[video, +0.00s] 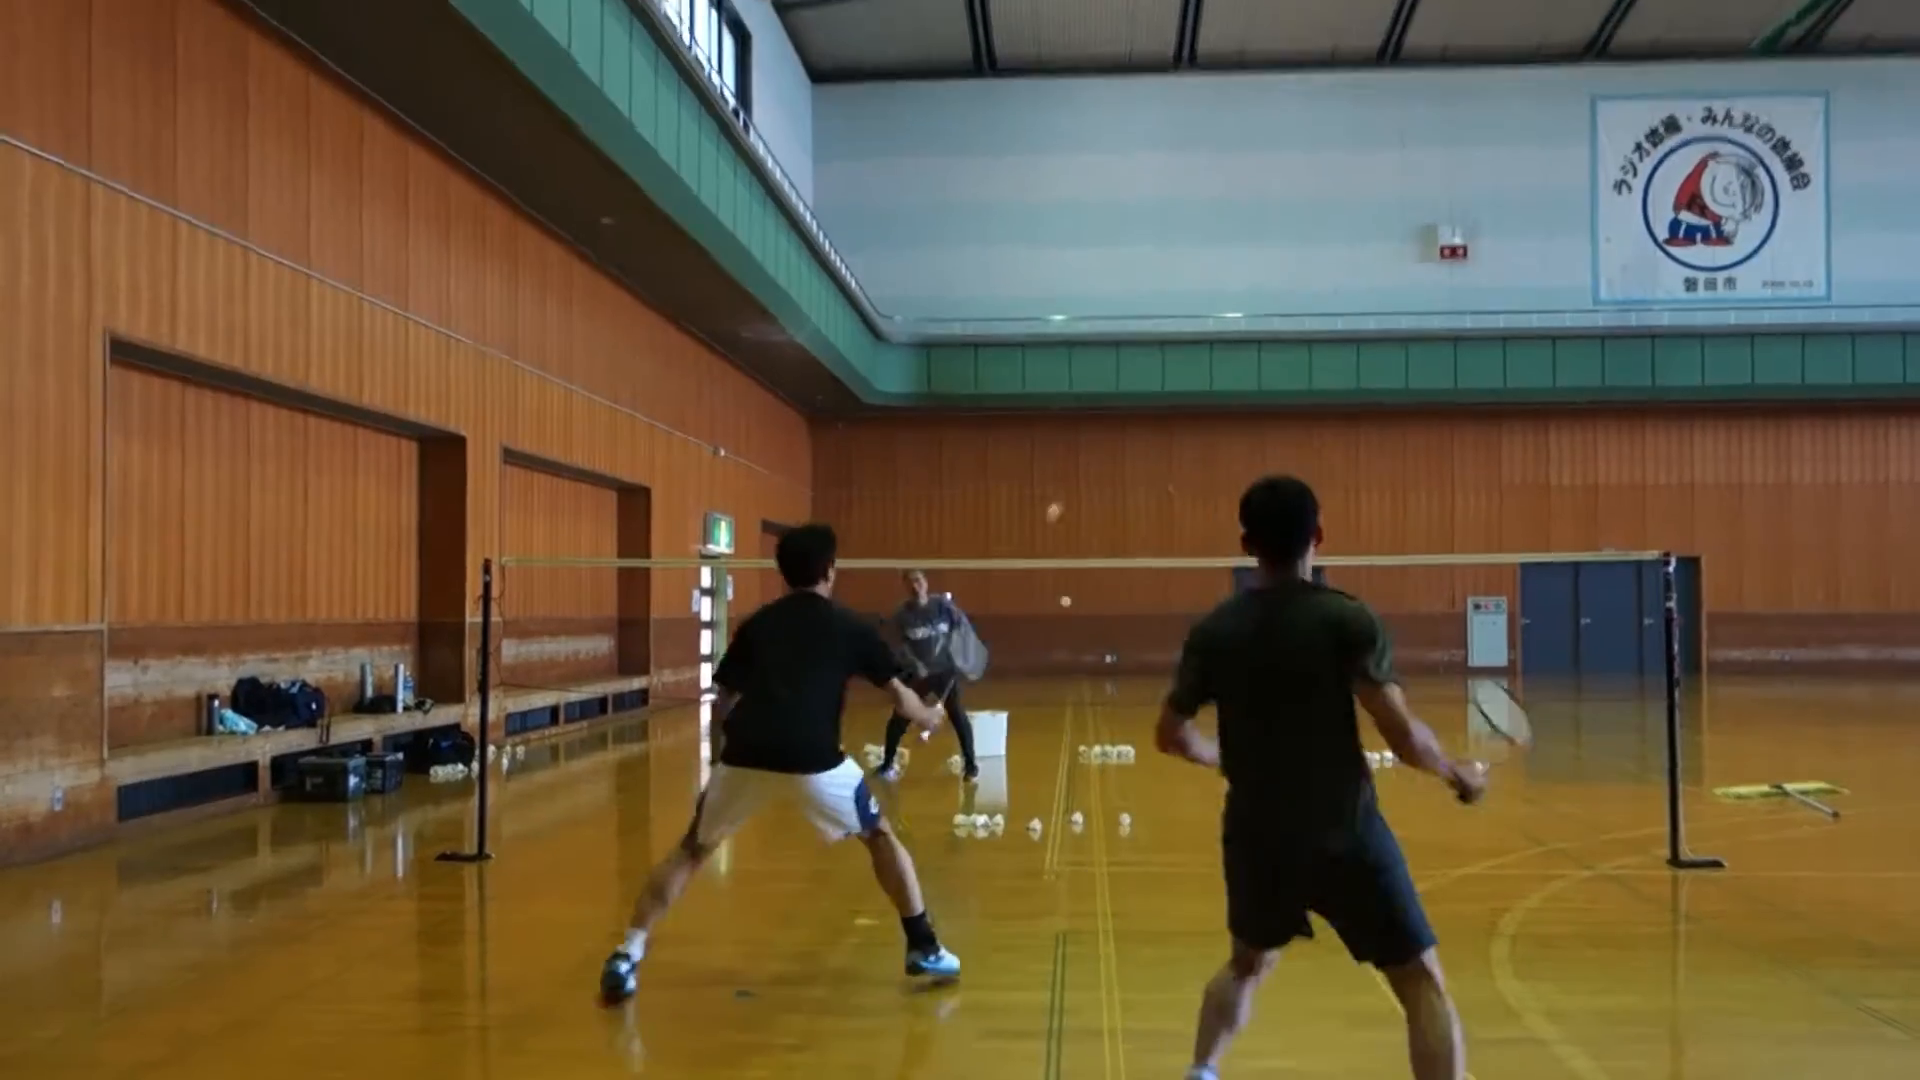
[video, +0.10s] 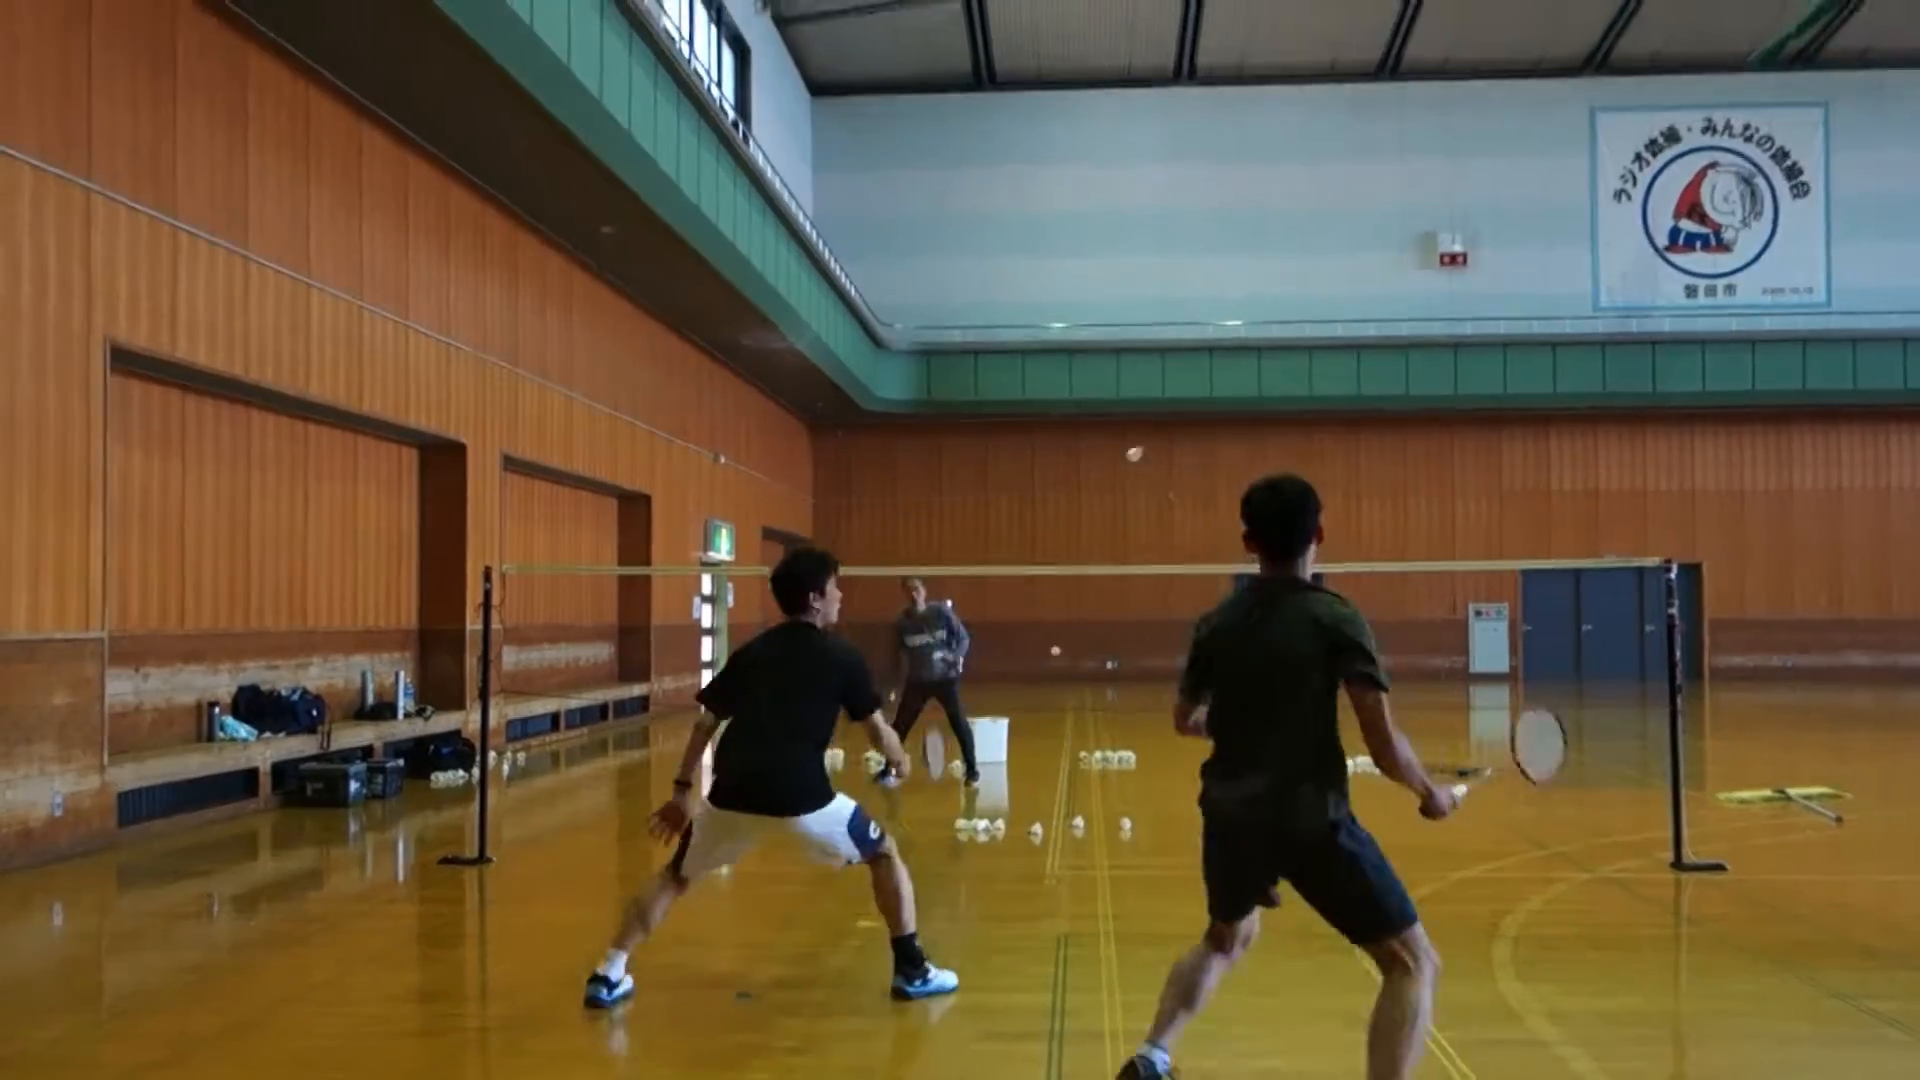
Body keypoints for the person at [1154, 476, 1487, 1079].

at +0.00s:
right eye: (1315, 529)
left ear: (1247, 541)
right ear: (1316, 536)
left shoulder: (1219, 628)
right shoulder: (1346, 620)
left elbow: (1170, 735)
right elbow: (1404, 737)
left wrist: (1231, 758)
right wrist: (1452, 771)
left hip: (1255, 829)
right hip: (1344, 829)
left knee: (1244, 965)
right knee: (1419, 982)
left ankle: (1202, 1069)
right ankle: (1447, 1076)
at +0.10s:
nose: (1323, 534)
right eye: (1320, 526)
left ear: (1250, 538)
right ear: (1318, 534)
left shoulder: (1220, 620)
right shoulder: (1333, 617)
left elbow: (1187, 718)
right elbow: (1383, 745)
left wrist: (1242, 721)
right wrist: (1428, 790)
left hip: (1230, 815)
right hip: (1312, 821)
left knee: (1223, 938)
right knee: (1411, 963)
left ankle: (1153, 1054)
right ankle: (1387, 1074)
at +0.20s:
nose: (1303, 554)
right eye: (1301, 547)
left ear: (1233, 560)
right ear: (1299, 557)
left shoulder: (1210, 634)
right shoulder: (1330, 640)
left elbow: (1157, 692)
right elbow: (1379, 756)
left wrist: (1207, 642)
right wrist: (1418, 784)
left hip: (1219, 828)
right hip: (1297, 837)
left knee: (1185, 943)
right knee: (1357, 991)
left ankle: (1137, 1069)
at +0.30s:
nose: (1272, 503)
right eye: (1274, 494)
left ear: (1208, 504)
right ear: (1272, 504)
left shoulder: (1178, 574)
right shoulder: (1306, 579)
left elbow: (1126, 598)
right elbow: (1381, 668)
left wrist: (1138, 567)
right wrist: (1430, 671)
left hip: (1199, 762)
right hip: (1284, 768)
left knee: (1147, 880)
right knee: (1331, 910)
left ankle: (1133, 1012)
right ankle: (1336, 1021)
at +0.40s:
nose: (1293, 461)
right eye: (1291, 453)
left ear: (1226, 462)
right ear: (1286, 464)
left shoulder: (1189, 519)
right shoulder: (1303, 532)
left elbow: (1102, 523)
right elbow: (1399, 591)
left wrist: (1058, 540)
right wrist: (1433, 534)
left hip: (1185, 718)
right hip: (1269, 720)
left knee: (1142, 848)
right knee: (1344, 826)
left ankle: (1124, 981)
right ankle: (1315, 929)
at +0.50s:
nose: (1315, 452)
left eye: (1309, 442)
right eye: (1313, 444)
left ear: (1251, 451)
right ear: (1306, 454)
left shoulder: (1206, 499)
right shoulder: (1314, 518)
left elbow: (1116, 531)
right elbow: (1418, 560)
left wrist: (1079, 595)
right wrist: (1437, 484)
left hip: (1185, 678)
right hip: (1265, 679)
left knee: (1140, 811)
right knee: (1352, 766)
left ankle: (1108, 943)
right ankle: (1323, 895)